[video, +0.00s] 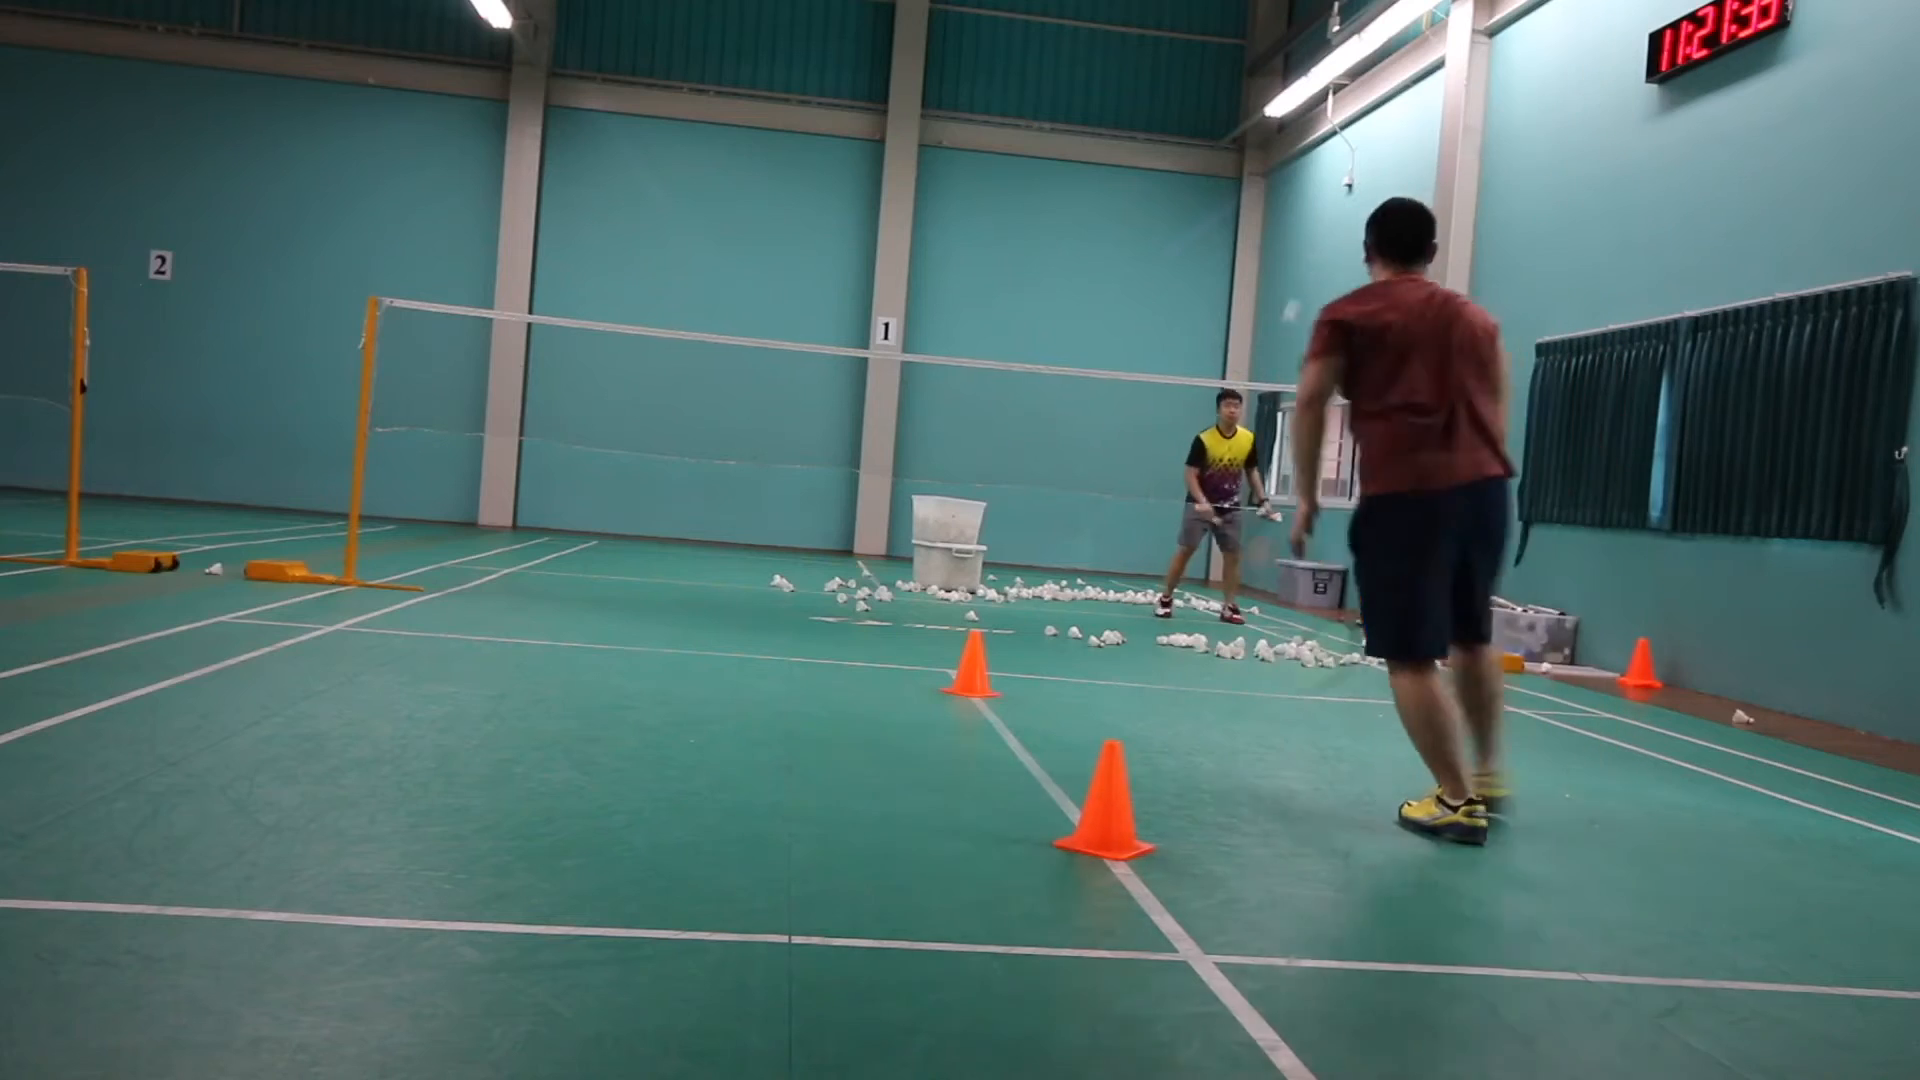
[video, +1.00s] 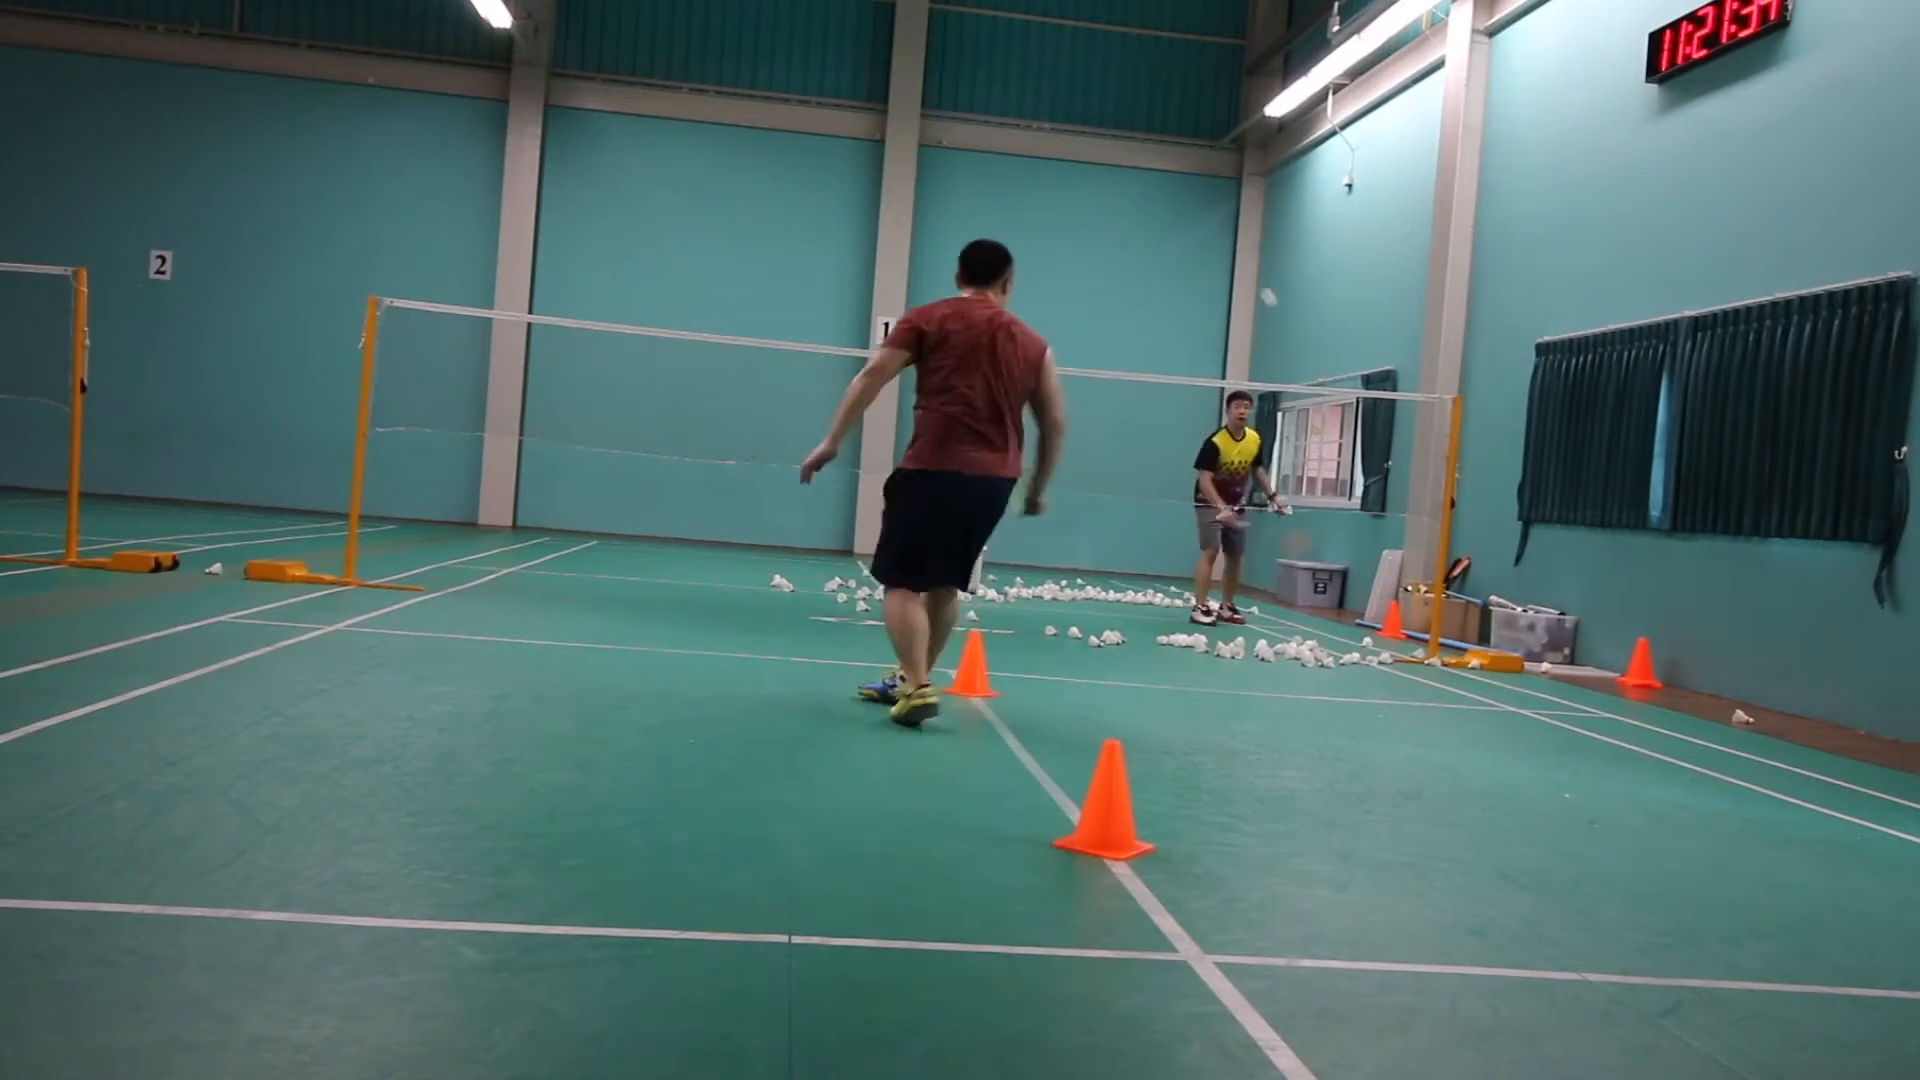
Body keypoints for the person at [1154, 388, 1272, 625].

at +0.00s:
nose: (1232, 411)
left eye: (1236, 406)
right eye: (1228, 406)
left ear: (1241, 410)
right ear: (1218, 409)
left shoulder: (1248, 439)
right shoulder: (1203, 440)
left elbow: (1252, 470)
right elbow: (1190, 474)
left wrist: (1262, 498)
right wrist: (1202, 502)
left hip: (1230, 506)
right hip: (1201, 503)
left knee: (1232, 554)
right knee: (1186, 550)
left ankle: (1229, 605)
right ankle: (1167, 597)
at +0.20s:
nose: (1232, 418)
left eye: (1237, 414)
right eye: (1228, 412)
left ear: (1243, 416)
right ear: (1220, 414)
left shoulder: (1242, 441)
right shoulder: (1205, 438)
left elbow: (1246, 467)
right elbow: (1188, 451)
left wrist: (1258, 486)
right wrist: (1180, 456)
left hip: (1223, 504)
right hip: (1195, 503)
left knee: (1223, 557)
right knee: (1186, 552)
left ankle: (1220, 609)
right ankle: (1171, 601)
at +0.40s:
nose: (1220, 415)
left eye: (1224, 409)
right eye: (1217, 408)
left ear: (1227, 411)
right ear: (1209, 410)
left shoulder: (1230, 437)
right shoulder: (1197, 435)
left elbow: (1234, 467)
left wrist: (1244, 495)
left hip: (1222, 503)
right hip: (1198, 501)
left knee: (1222, 556)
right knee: (1195, 557)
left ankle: (1226, 602)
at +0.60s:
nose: (1215, 410)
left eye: (1220, 406)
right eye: (1211, 405)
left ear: (1227, 411)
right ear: (1204, 409)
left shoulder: (1240, 438)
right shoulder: (1191, 441)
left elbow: (1248, 466)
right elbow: (1178, 475)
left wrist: (1259, 492)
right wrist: (1175, 507)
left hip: (1228, 509)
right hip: (1197, 507)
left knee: (1231, 556)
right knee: (1186, 553)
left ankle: (1226, 605)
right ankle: (1172, 601)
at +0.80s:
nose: (1228, 411)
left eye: (1233, 407)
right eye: (1224, 406)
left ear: (1241, 411)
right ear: (1217, 410)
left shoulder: (1253, 439)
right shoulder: (1206, 442)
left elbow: (1260, 468)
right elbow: (1190, 476)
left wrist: (1269, 496)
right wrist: (1182, 509)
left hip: (1240, 509)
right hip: (1210, 507)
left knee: (1238, 558)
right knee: (1200, 551)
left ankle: (1227, 605)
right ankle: (1179, 599)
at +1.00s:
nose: (1242, 412)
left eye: (1246, 408)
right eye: (1237, 407)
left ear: (1250, 412)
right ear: (1228, 411)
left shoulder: (1255, 439)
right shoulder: (1214, 442)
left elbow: (1257, 469)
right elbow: (1204, 480)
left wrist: (1272, 496)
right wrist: (1222, 507)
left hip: (1236, 504)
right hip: (1210, 503)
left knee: (1234, 556)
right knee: (1211, 552)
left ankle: (1227, 605)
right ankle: (1200, 605)